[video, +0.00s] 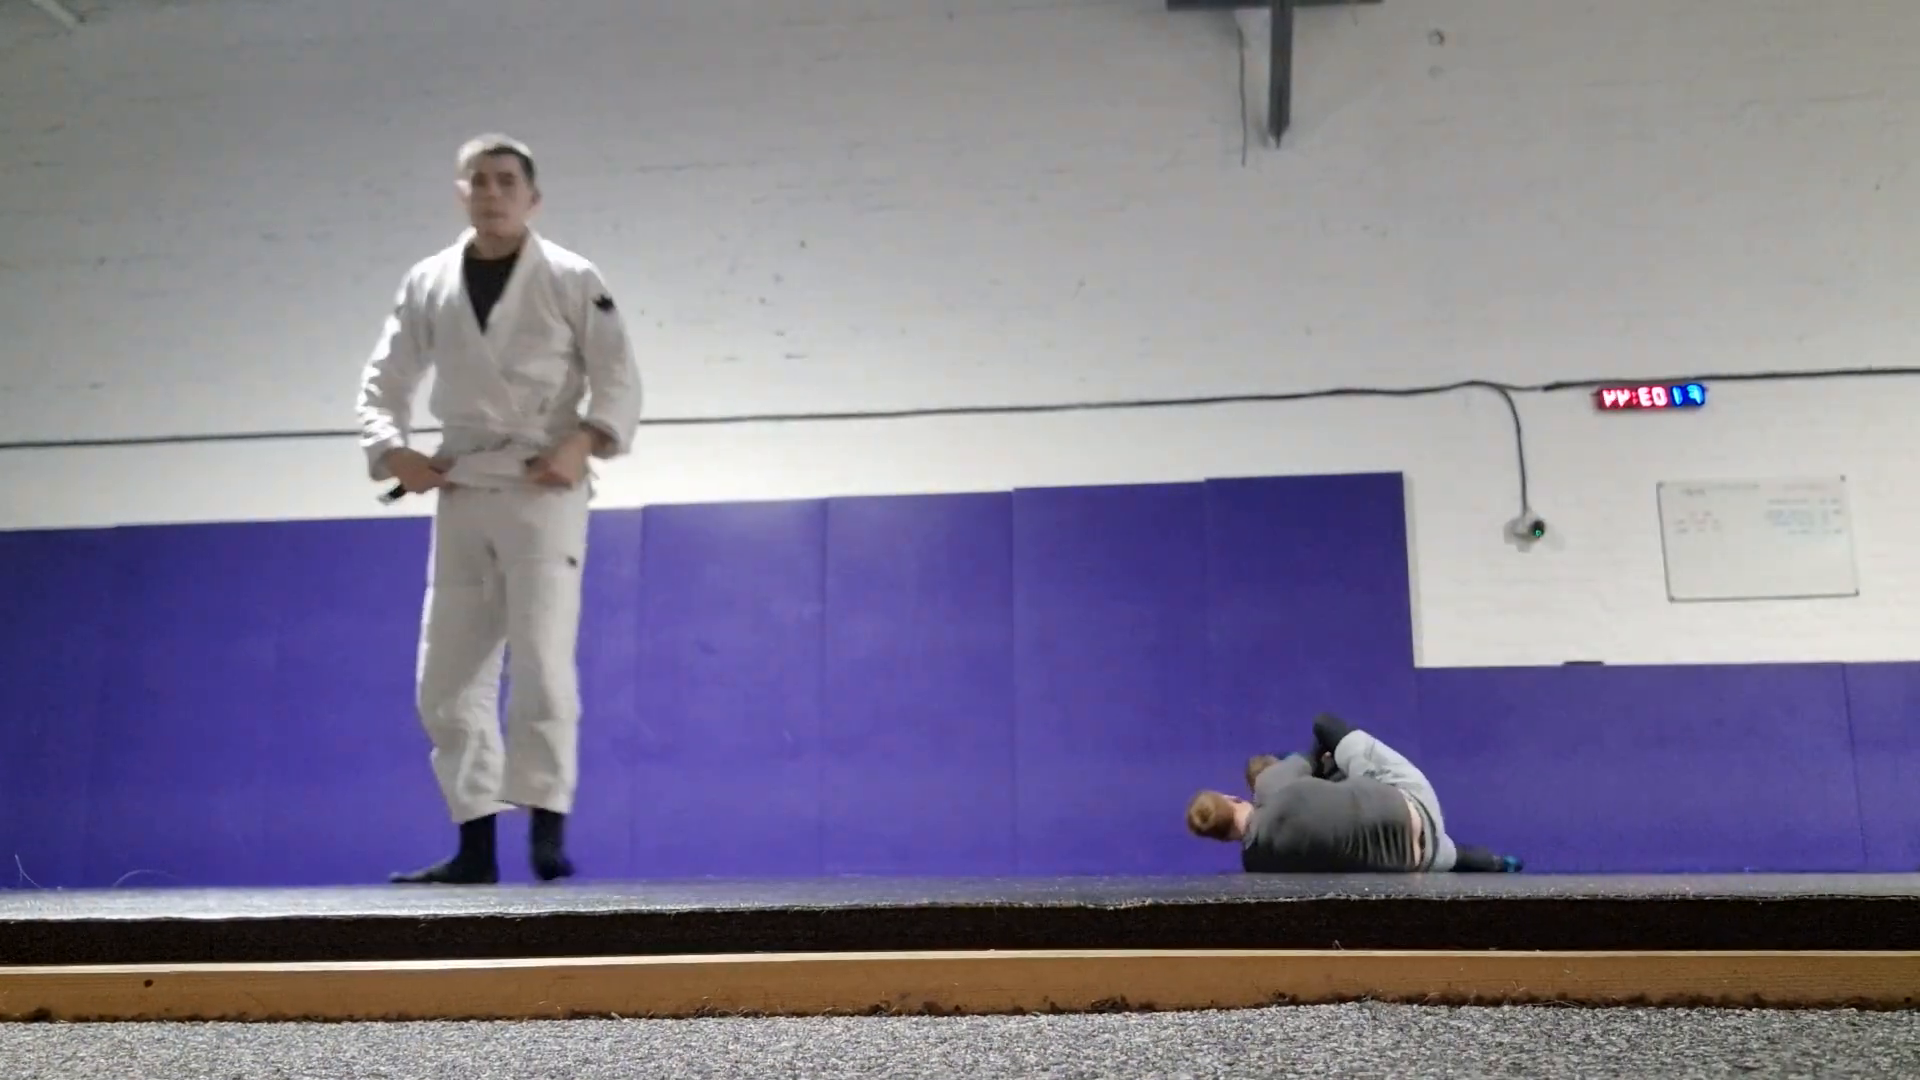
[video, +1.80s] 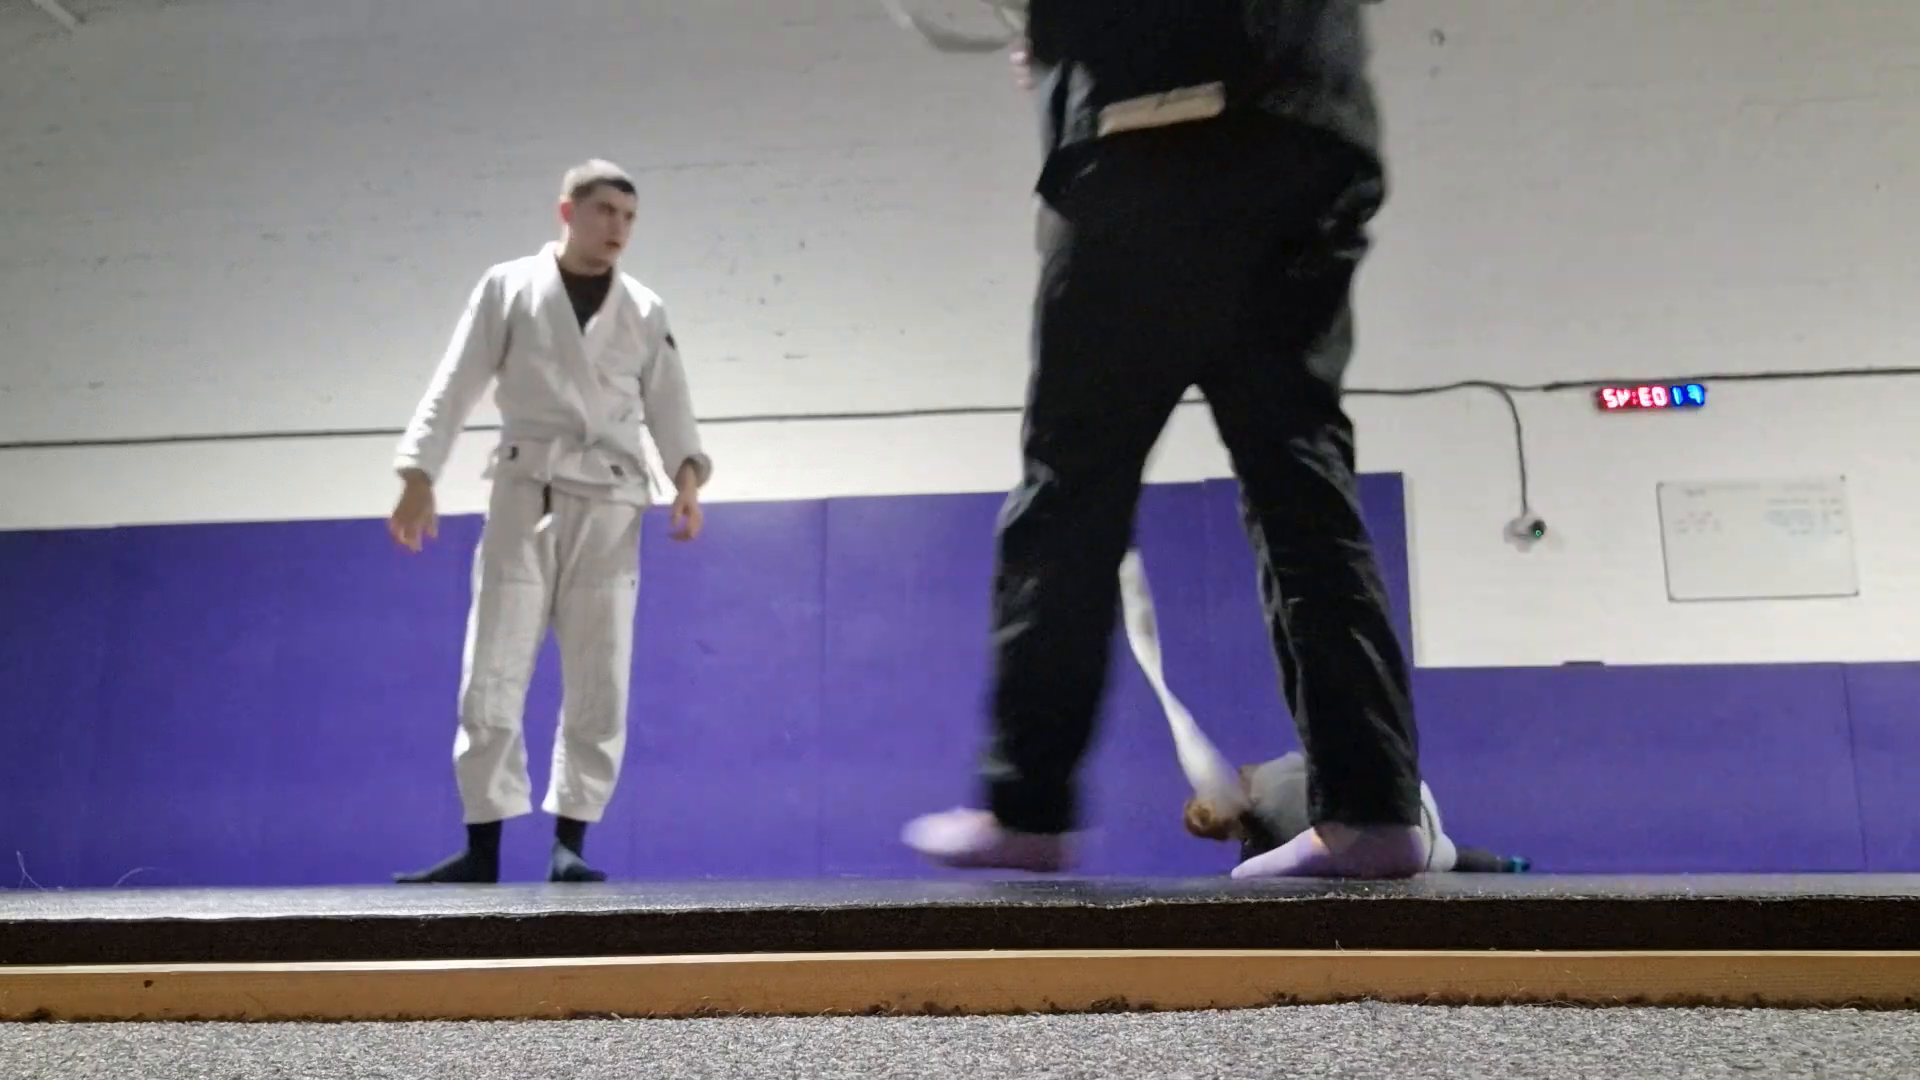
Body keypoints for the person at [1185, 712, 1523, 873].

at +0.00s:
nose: (1231, 792)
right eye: (1229, 793)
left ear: (1219, 839)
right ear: (1233, 798)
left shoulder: (1257, 866)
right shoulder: (1274, 784)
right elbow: (1305, 762)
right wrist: (1269, 769)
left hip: (1421, 861)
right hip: (1417, 810)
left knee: (1454, 854)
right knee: (1330, 726)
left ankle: (1501, 864)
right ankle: (1327, 770)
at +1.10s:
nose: (1230, 793)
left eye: (1225, 793)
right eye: (1227, 793)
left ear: (1216, 840)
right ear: (1230, 797)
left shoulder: (1258, 864)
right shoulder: (1274, 782)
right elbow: (1321, 758)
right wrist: (1265, 775)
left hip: (1423, 863)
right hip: (1416, 808)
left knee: (1458, 856)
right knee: (1324, 727)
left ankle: (1514, 866)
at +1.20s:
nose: (1232, 795)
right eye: (1228, 795)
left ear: (1217, 841)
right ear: (1231, 798)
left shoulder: (1258, 864)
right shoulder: (1271, 781)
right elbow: (1317, 757)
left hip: (1422, 865)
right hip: (1415, 810)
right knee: (1342, 740)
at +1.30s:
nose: (1227, 795)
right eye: (1225, 797)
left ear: (1217, 841)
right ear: (1227, 798)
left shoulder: (1258, 865)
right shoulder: (1269, 785)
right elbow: (1317, 758)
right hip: (1386, 806)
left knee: (1458, 863)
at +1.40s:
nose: (1228, 795)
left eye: (1220, 825)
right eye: (1224, 795)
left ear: (1221, 836)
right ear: (1230, 795)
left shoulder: (1254, 854)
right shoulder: (1274, 773)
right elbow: (1327, 760)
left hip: (1416, 857)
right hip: (1410, 805)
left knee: (1452, 856)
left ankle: (1512, 869)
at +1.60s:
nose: (1229, 806)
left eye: (1218, 813)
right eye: (1224, 805)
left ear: (1217, 840)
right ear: (1229, 797)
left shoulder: (1261, 856)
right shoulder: (1276, 778)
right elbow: (1331, 764)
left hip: (1405, 861)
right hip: (1412, 809)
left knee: (1451, 859)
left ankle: (1506, 867)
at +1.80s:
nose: (1212, 815)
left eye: (1206, 811)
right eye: (1208, 819)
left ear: (1220, 800)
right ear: (1220, 821)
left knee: (1445, 855)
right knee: (1441, 848)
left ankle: (1503, 864)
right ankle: (1498, 862)